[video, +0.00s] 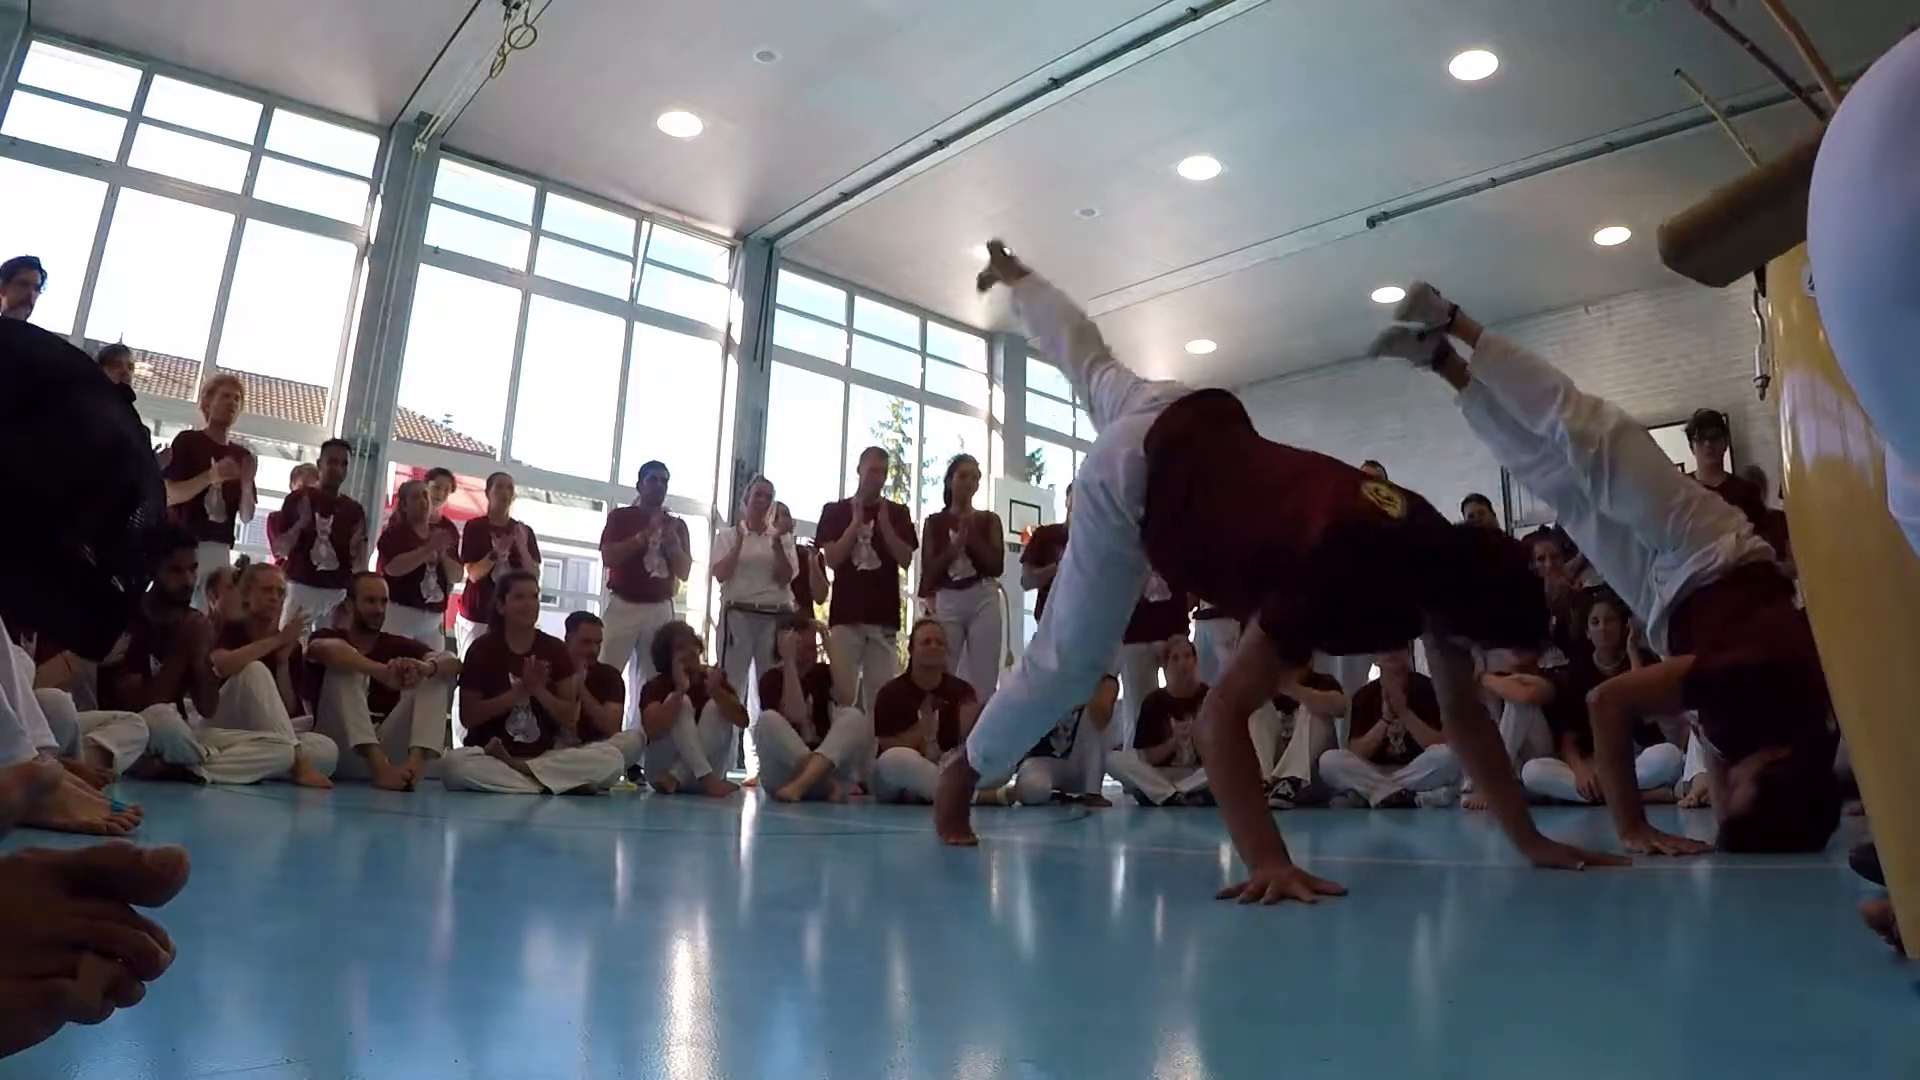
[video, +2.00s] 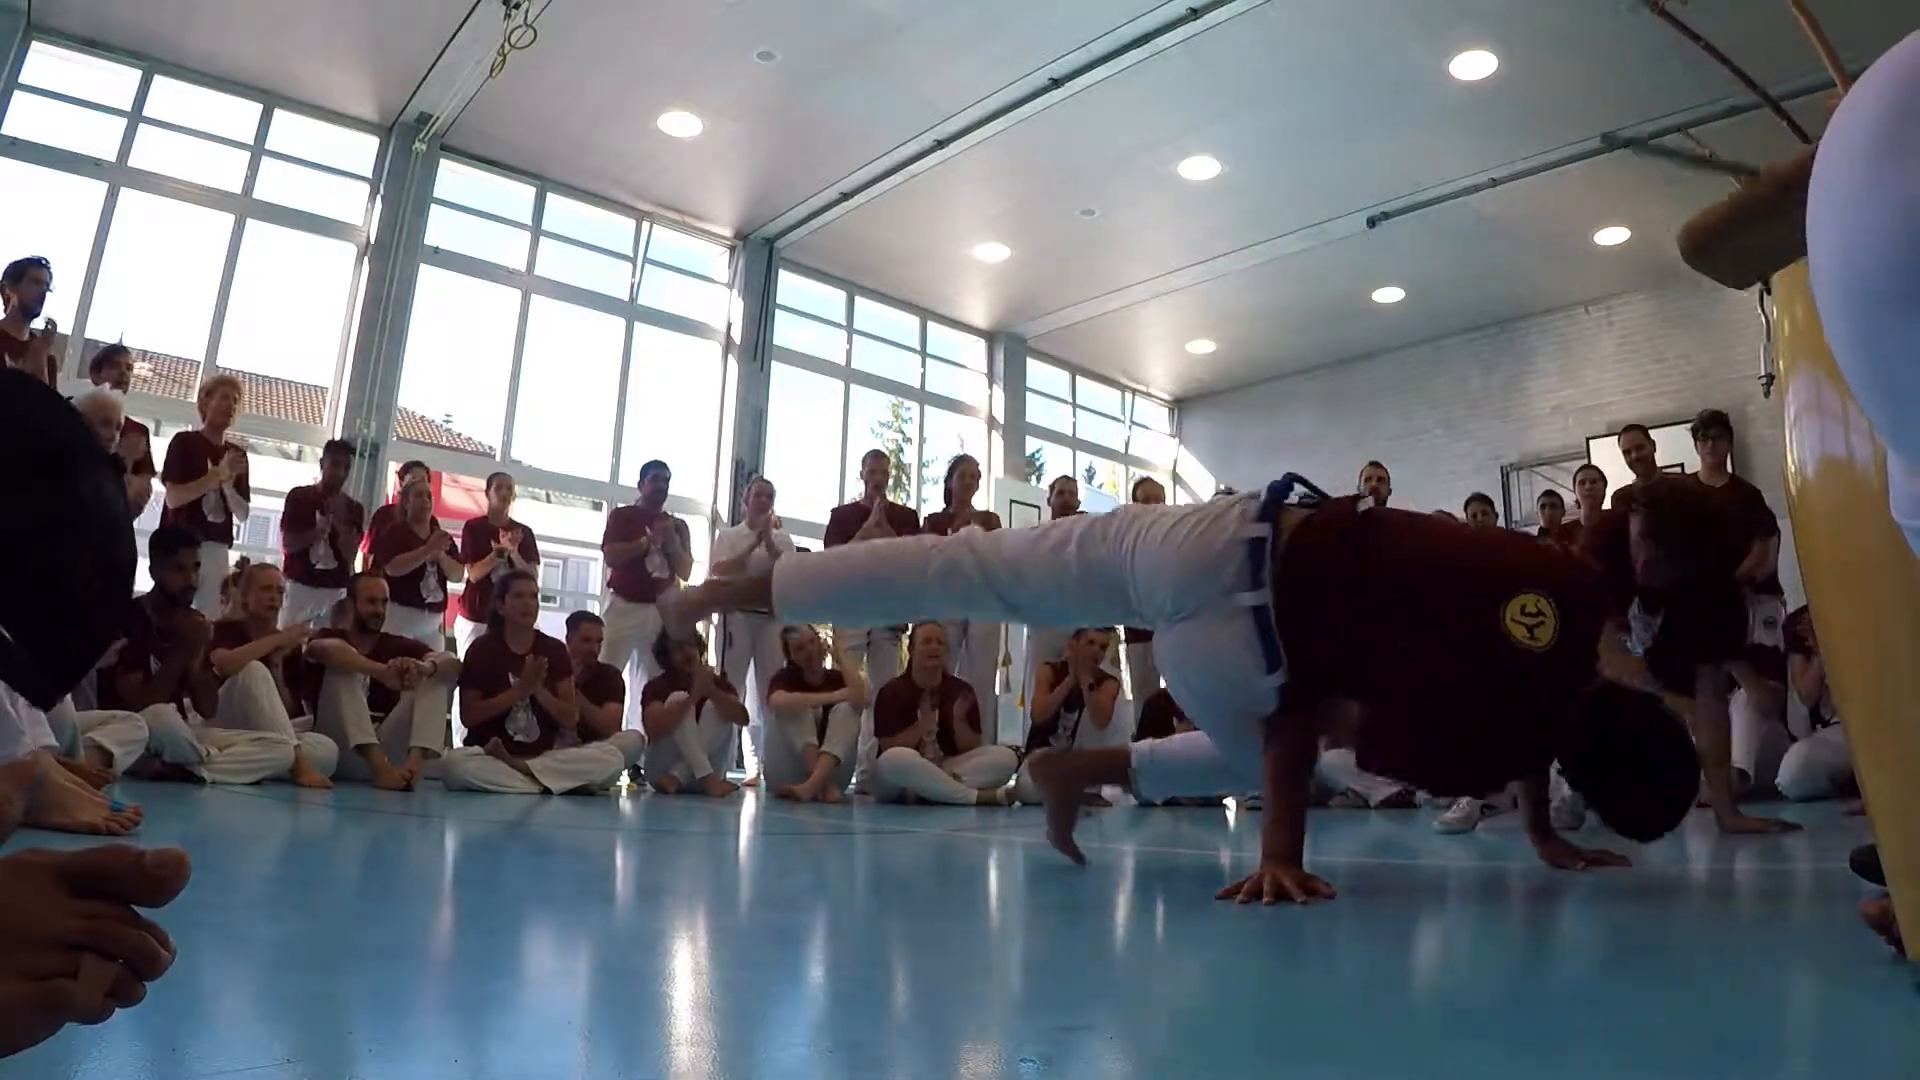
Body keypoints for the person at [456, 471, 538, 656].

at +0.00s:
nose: (505, 492)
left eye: (509, 488)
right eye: (499, 487)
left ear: (514, 494)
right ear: (488, 493)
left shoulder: (524, 531)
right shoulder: (474, 527)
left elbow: (534, 573)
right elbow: (473, 574)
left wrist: (522, 548)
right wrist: (496, 553)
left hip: (510, 619)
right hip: (475, 615)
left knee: (504, 681)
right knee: (471, 679)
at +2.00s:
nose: (504, 493)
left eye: (509, 489)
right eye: (498, 488)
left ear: (514, 495)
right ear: (487, 493)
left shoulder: (524, 532)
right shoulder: (473, 527)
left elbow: (532, 576)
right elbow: (473, 574)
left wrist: (514, 553)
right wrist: (498, 553)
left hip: (509, 621)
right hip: (473, 617)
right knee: (471, 679)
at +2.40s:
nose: (503, 493)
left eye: (508, 488)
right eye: (497, 488)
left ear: (513, 495)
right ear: (487, 493)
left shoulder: (524, 532)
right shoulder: (473, 527)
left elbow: (532, 575)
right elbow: (473, 574)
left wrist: (516, 551)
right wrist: (497, 553)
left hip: (510, 621)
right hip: (474, 617)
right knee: (471, 679)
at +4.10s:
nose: (507, 496)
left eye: (511, 492)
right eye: (502, 490)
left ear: (514, 497)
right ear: (488, 493)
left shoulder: (522, 533)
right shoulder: (472, 527)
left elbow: (532, 575)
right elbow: (471, 573)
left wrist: (515, 549)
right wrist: (496, 553)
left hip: (510, 621)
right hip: (474, 617)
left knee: (506, 682)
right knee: (470, 682)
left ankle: (498, 741)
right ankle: (461, 743)